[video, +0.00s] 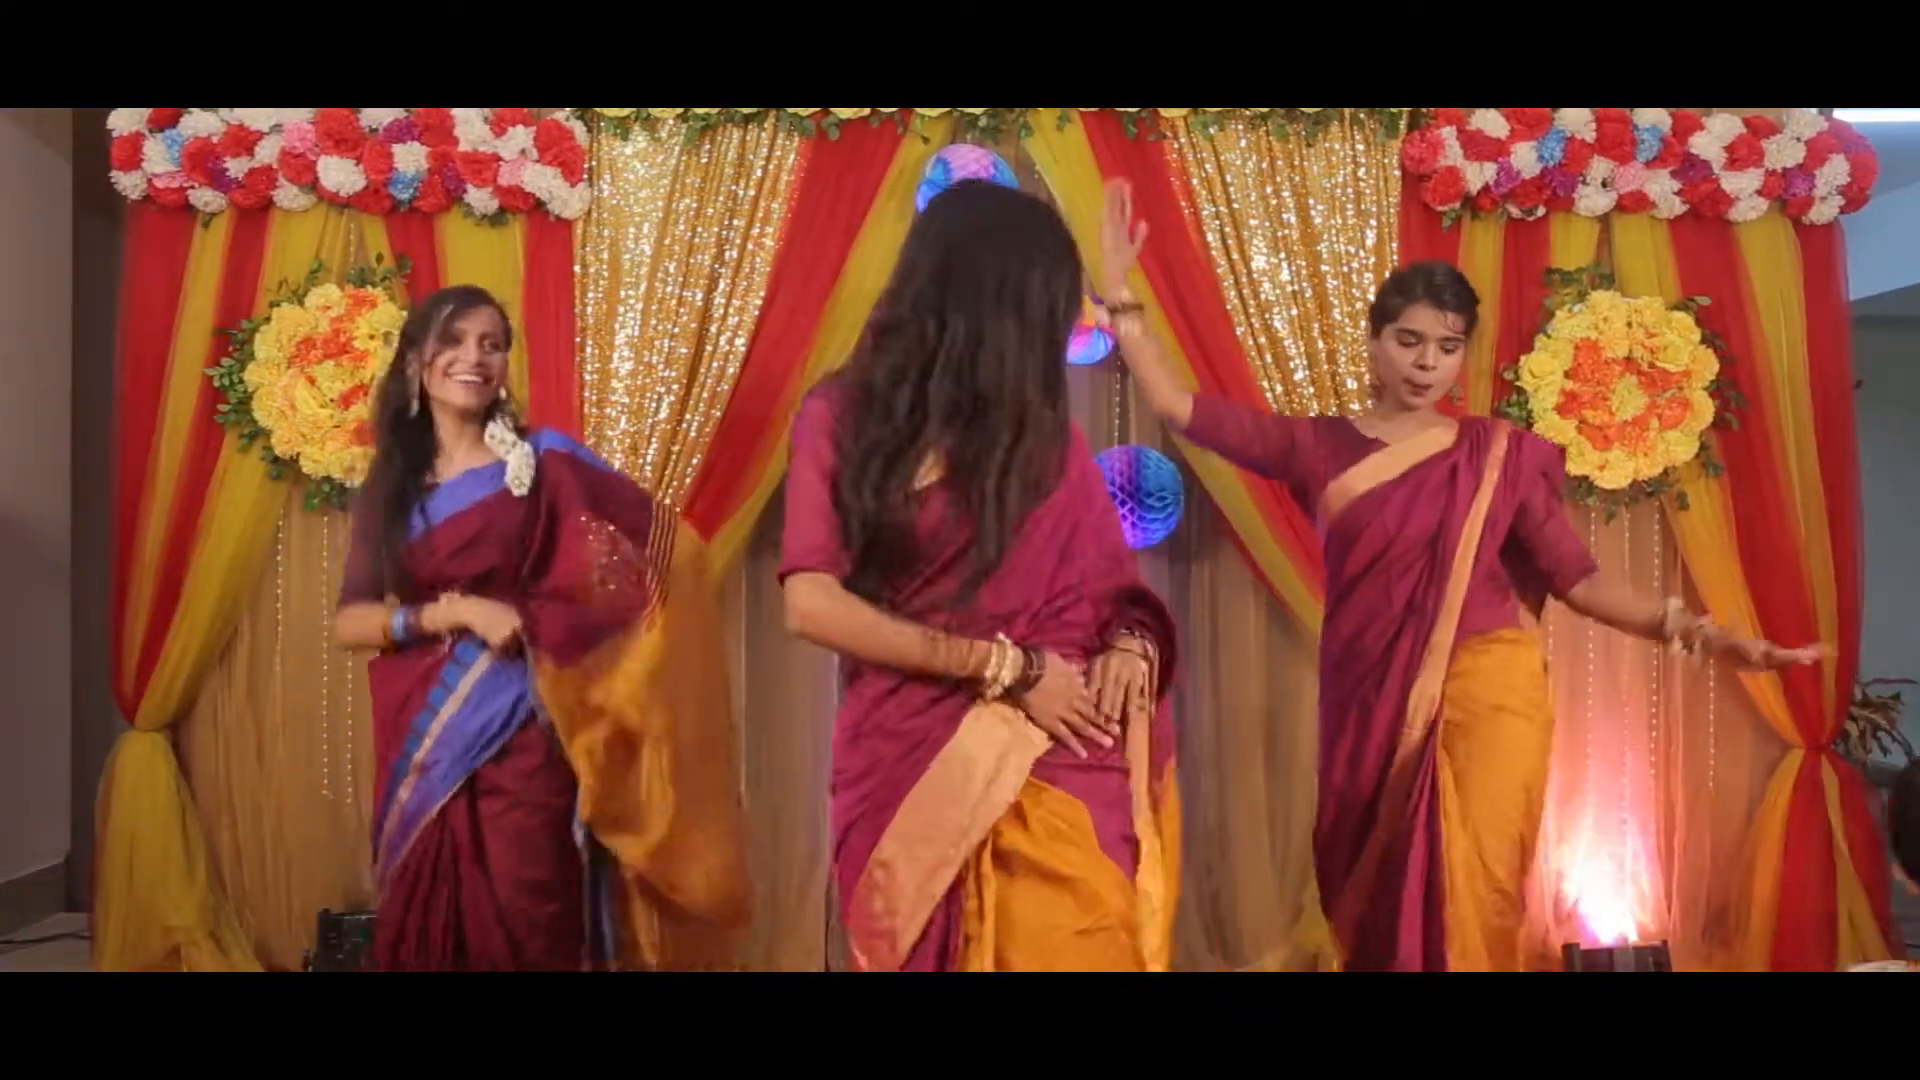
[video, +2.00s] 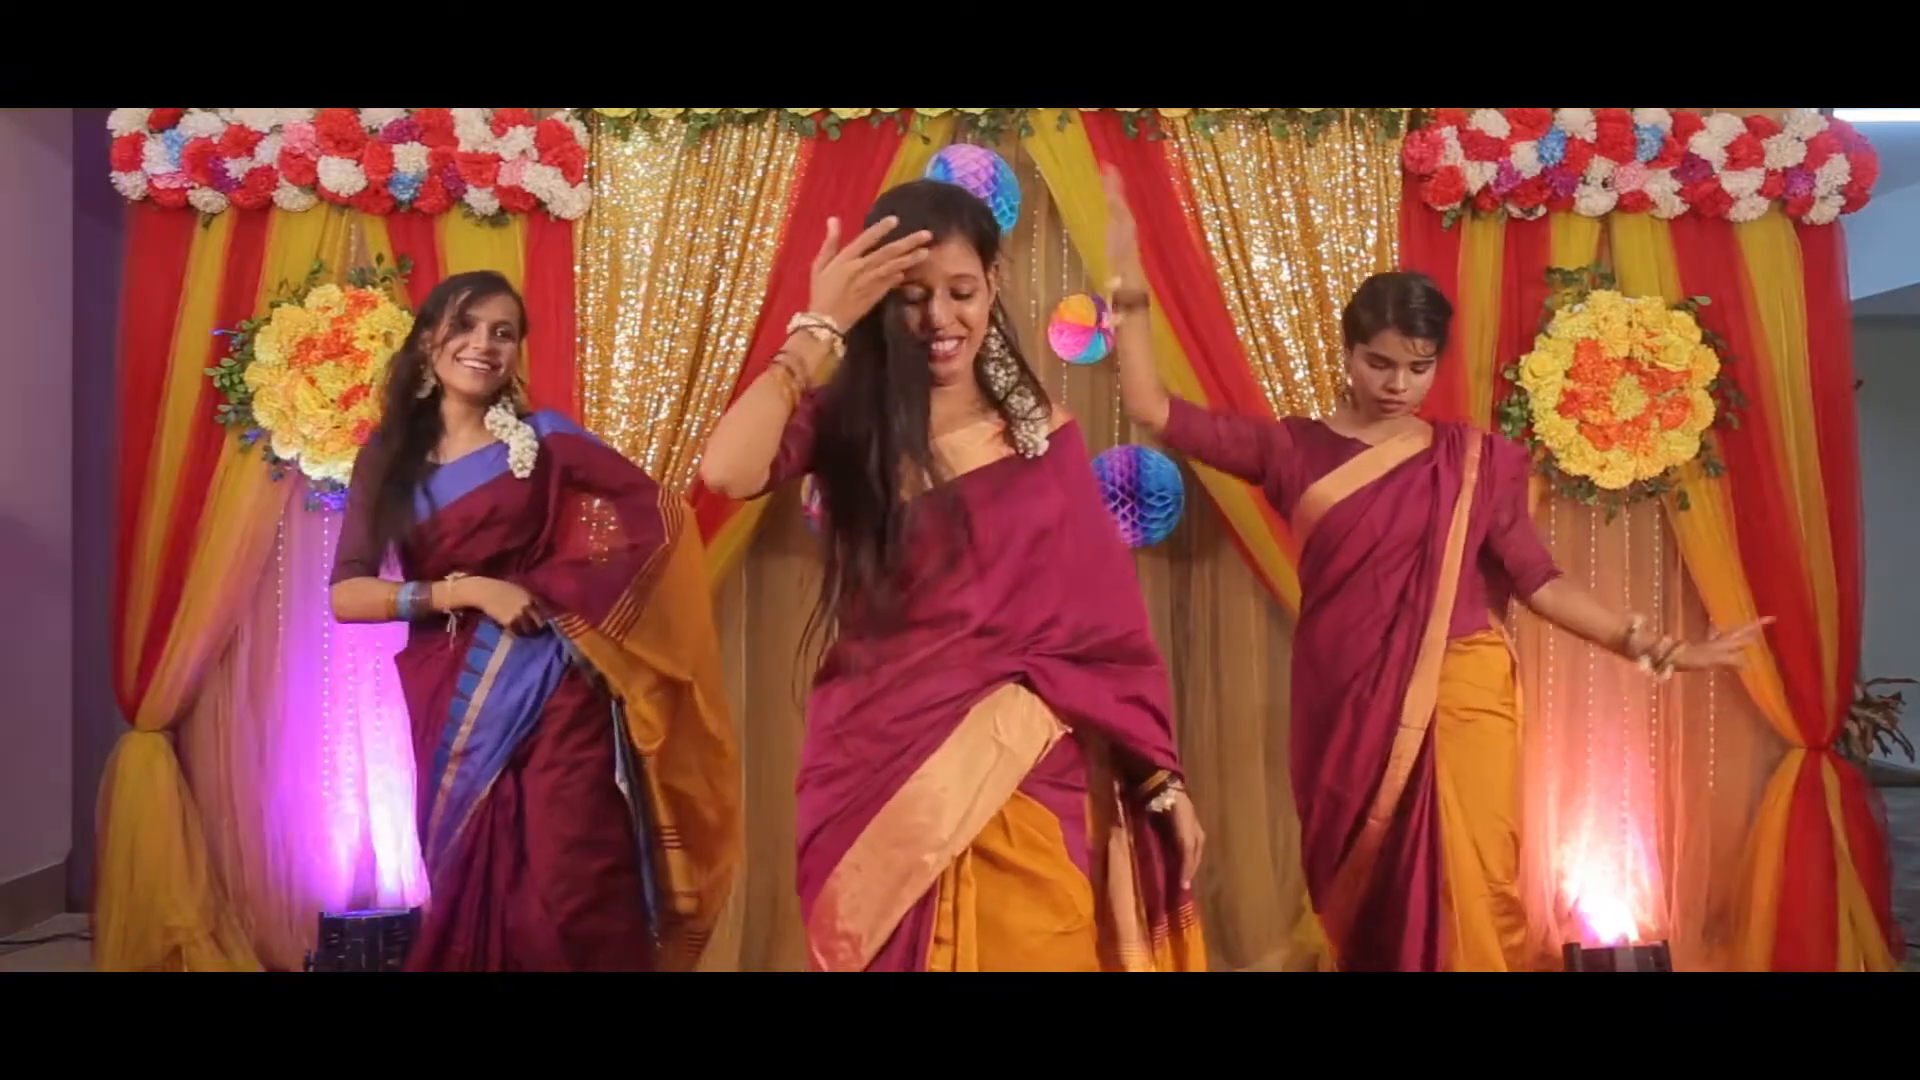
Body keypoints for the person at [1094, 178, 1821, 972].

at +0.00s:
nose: (1427, 361)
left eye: (1447, 346)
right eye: (1409, 339)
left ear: (1467, 356)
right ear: (1372, 342)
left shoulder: (1506, 455)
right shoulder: (1321, 445)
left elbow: (1578, 578)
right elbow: (1180, 411)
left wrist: (1689, 627)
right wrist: (1123, 302)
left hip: (1487, 694)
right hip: (1370, 711)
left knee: (1467, 908)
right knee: (1366, 917)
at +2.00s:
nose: (1398, 385)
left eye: (1417, 367)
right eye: (1380, 363)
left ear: (1439, 364)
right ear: (1345, 354)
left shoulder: (1476, 459)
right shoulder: (1292, 447)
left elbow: (1541, 583)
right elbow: (1153, 411)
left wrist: (1641, 642)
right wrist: (1127, 316)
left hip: (1466, 691)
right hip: (1350, 702)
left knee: (1471, 895)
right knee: (1362, 902)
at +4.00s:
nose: (1420, 358)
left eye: (1437, 342)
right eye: (1398, 341)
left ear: (1453, 356)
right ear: (1360, 352)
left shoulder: (1463, 473)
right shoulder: (1326, 446)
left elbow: (1499, 617)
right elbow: (1346, 578)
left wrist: (1605, 680)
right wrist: (1438, 499)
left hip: (1471, 731)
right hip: (1374, 729)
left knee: (1486, 924)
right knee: (1389, 928)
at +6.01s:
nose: (1351, 417)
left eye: (1377, 406)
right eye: (1344, 400)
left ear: (1417, 431)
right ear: (1329, 411)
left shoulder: (1451, 525)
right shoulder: (1330, 541)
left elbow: (1515, 672)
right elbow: (1290, 677)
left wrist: (1575, 812)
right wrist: (1292, 565)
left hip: (1491, 799)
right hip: (1395, 802)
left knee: (1448, 958)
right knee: (1365, 956)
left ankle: (1576, 959)